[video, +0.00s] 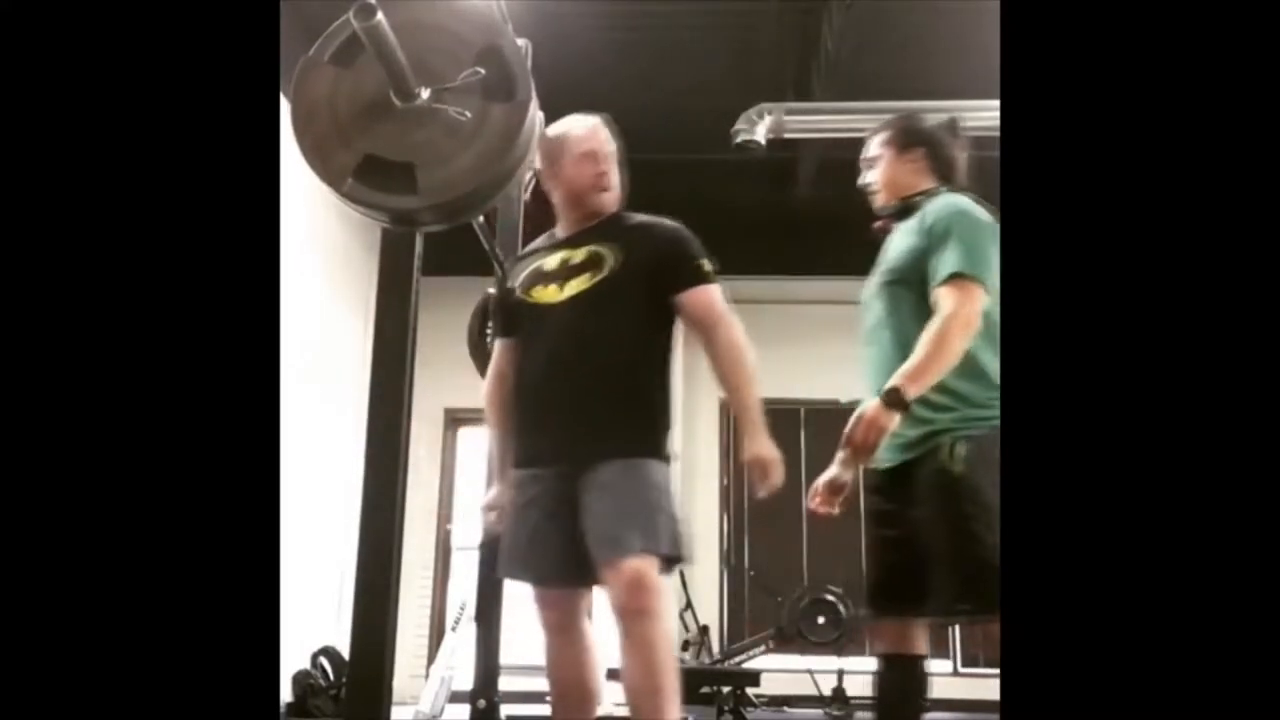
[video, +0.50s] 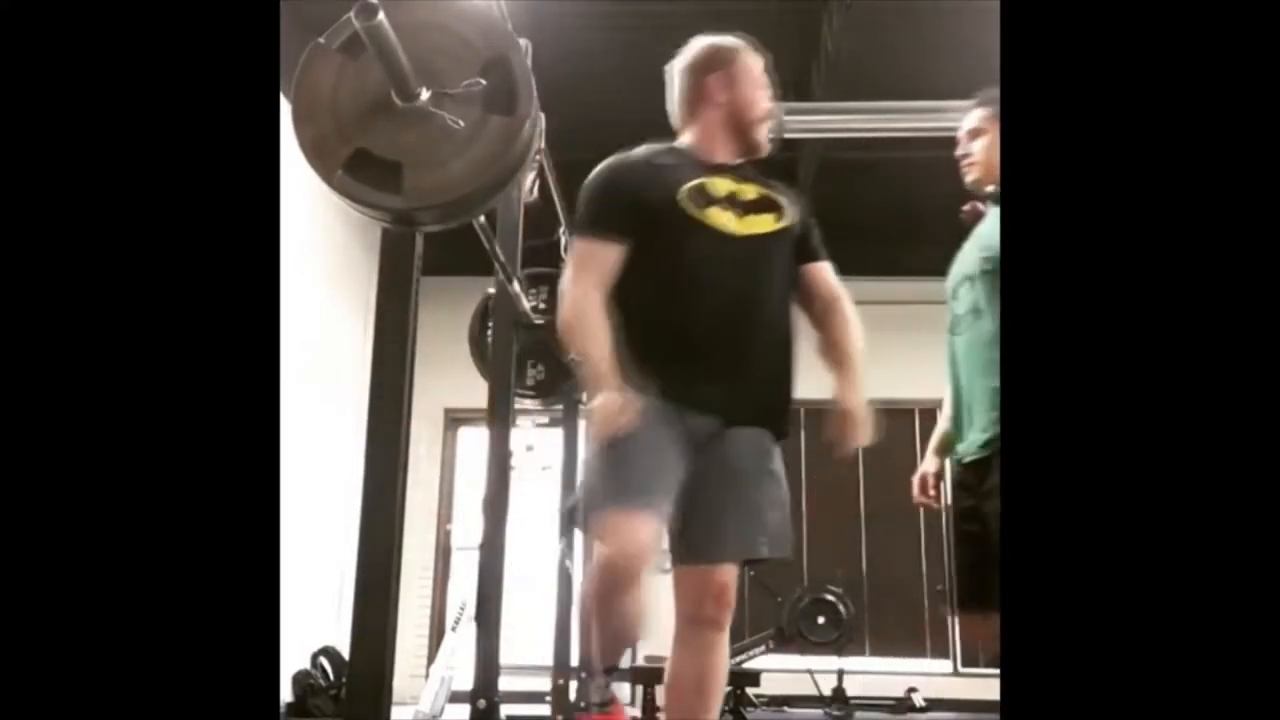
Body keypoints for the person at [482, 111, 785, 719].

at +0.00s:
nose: (604, 170)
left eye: (609, 158)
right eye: (587, 160)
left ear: (621, 166)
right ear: (548, 175)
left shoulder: (659, 241)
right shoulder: (523, 270)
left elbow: (718, 327)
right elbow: (501, 375)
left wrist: (755, 430)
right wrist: (503, 474)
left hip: (625, 452)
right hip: (539, 461)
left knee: (636, 589)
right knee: (558, 611)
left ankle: (660, 715)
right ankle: (574, 717)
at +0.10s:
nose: (643, 162)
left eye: (643, 151)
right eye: (629, 151)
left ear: (645, 156)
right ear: (581, 163)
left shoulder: (681, 234)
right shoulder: (530, 256)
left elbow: (735, 323)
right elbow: (507, 367)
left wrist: (764, 423)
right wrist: (513, 468)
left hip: (655, 451)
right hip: (563, 458)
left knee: (660, 596)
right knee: (570, 616)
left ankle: (671, 717)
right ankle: (574, 718)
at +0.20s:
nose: (679, 139)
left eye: (677, 127)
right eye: (664, 126)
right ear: (614, 140)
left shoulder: (709, 225)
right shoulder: (550, 237)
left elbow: (755, 319)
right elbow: (519, 346)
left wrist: (767, 410)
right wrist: (524, 454)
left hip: (686, 441)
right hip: (586, 445)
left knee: (679, 603)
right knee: (573, 610)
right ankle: (570, 719)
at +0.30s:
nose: (713, 123)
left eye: (710, 110)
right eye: (699, 110)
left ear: (701, 122)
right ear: (650, 123)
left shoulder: (739, 215)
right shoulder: (579, 215)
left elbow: (787, 313)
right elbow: (536, 326)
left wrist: (784, 397)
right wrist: (534, 438)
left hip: (709, 437)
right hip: (603, 436)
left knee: (698, 600)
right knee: (566, 597)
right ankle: (569, 717)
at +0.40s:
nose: (745, 114)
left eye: (743, 100)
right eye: (733, 99)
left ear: (711, 107)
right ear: (685, 105)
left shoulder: (765, 208)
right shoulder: (606, 197)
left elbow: (813, 306)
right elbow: (559, 309)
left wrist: (813, 394)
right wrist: (564, 418)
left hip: (729, 429)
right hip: (620, 421)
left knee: (707, 601)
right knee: (578, 584)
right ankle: (572, 710)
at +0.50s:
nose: (773, 101)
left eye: (771, 86)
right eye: (760, 84)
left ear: (731, 94)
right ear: (715, 91)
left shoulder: (781, 203)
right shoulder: (632, 177)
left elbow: (828, 300)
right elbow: (580, 289)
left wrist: (851, 394)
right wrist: (602, 386)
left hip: (744, 421)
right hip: (650, 404)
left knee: (711, 603)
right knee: (621, 556)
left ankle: (689, 719)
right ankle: (601, 695)